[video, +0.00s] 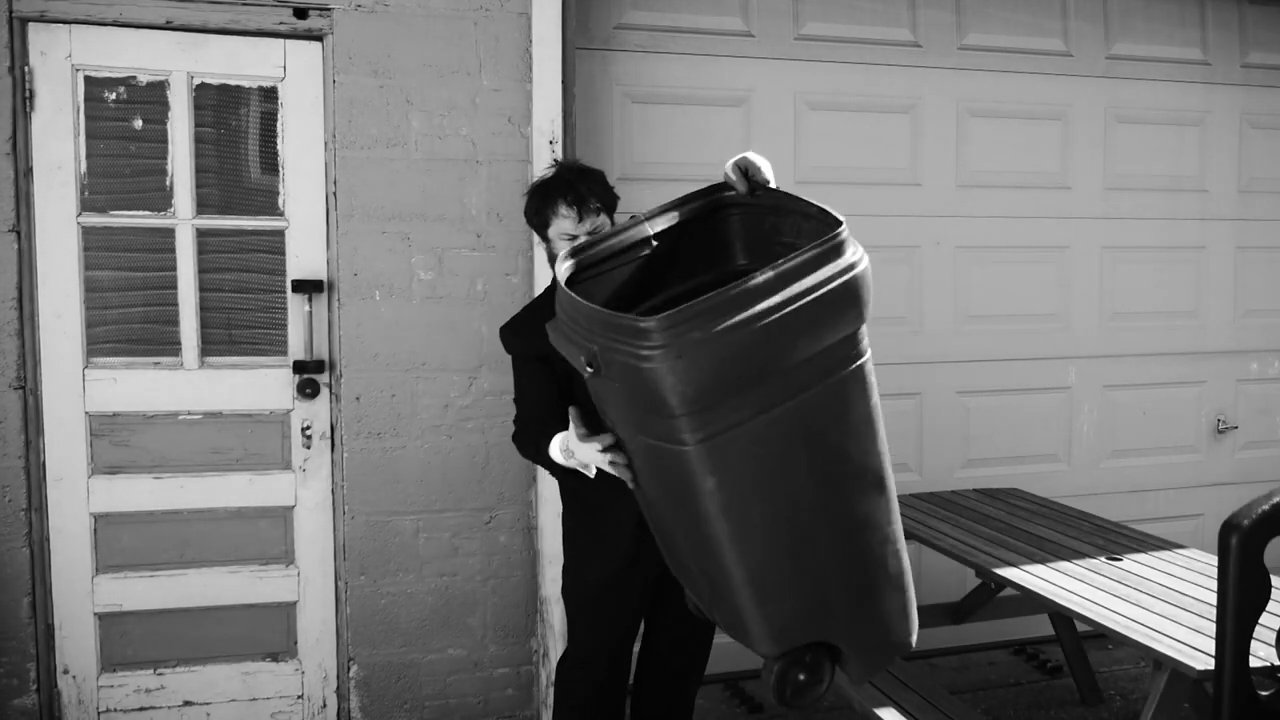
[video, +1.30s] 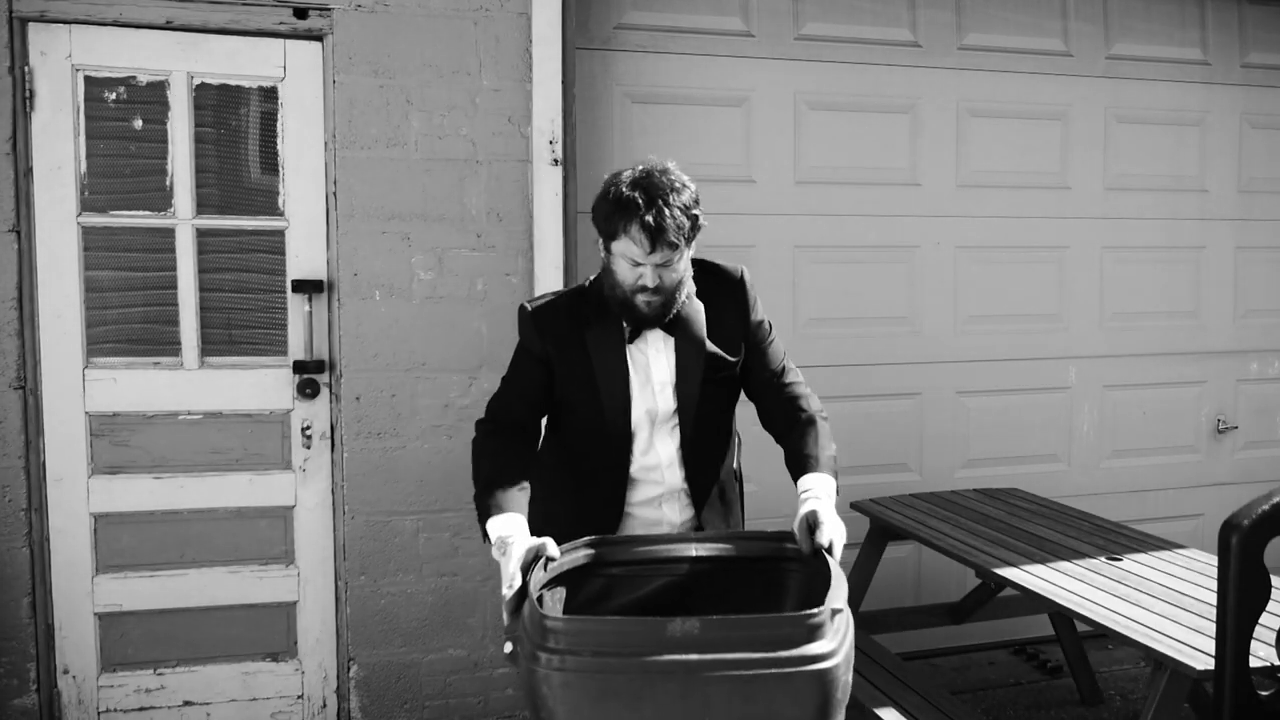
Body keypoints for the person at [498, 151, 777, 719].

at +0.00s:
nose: (585, 249)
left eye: (595, 233)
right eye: (568, 241)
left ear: (618, 223)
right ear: (546, 247)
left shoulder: (666, 288)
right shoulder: (535, 330)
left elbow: (732, 270)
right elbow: (531, 430)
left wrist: (748, 203)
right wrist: (565, 450)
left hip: (691, 522)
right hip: (603, 532)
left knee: (673, 684)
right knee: (593, 683)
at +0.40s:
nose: (580, 249)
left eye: (591, 232)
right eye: (563, 237)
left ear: (613, 219)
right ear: (540, 238)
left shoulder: (656, 256)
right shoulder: (520, 320)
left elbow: (749, 241)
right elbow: (476, 407)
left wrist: (740, 212)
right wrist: (498, 420)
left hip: (684, 506)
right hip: (583, 519)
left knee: (673, 673)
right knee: (591, 674)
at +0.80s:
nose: (576, 253)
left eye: (586, 235)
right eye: (557, 241)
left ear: (604, 218)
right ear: (525, 238)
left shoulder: (650, 267)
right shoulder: (492, 316)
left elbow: (737, 286)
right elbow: (420, 393)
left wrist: (767, 289)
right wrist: (459, 419)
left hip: (662, 529)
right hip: (553, 545)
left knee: (670, 685)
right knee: (568, 700)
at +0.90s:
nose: (584, 254)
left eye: (594, 236)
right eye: (564, 242)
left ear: (613, 219)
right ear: (531, 236)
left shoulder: (657, 271)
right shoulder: (494, 316)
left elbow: (754, 306)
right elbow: (422, 399)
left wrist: (780, 329)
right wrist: (467, 433)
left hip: (665, 534)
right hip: (557, 550)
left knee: (672, 691)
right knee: (566, 703)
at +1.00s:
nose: (592, 258)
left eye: (605, 239)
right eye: (572, 244)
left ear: (627, 225)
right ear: (543, 238)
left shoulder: (670, 278)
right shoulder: (503, 316)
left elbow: (768, 335)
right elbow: (436, 405)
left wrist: (793, 377)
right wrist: (476, 457)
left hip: (668, 534)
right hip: (557, 545)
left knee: (675, 693)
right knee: (570, 700)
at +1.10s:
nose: (609, 263)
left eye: (624, 245)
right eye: (590, 248)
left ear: (647, 231)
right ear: (563, 239)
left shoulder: (687, 285)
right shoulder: (517, 319)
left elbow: (780, 366)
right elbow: (456, 415)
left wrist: (804, 429)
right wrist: (488, 486)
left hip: (682, 543)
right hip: (571, 550)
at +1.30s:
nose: (650, 281)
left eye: (667, 264)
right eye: (634, 264)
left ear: (690, 245)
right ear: (605, 246)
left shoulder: (726, 301)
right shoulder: (553, 326)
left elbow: (791, 403)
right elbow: (504, 434)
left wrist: (817, 496)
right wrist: (510, 535)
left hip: (702, 561)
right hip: (589, 567)